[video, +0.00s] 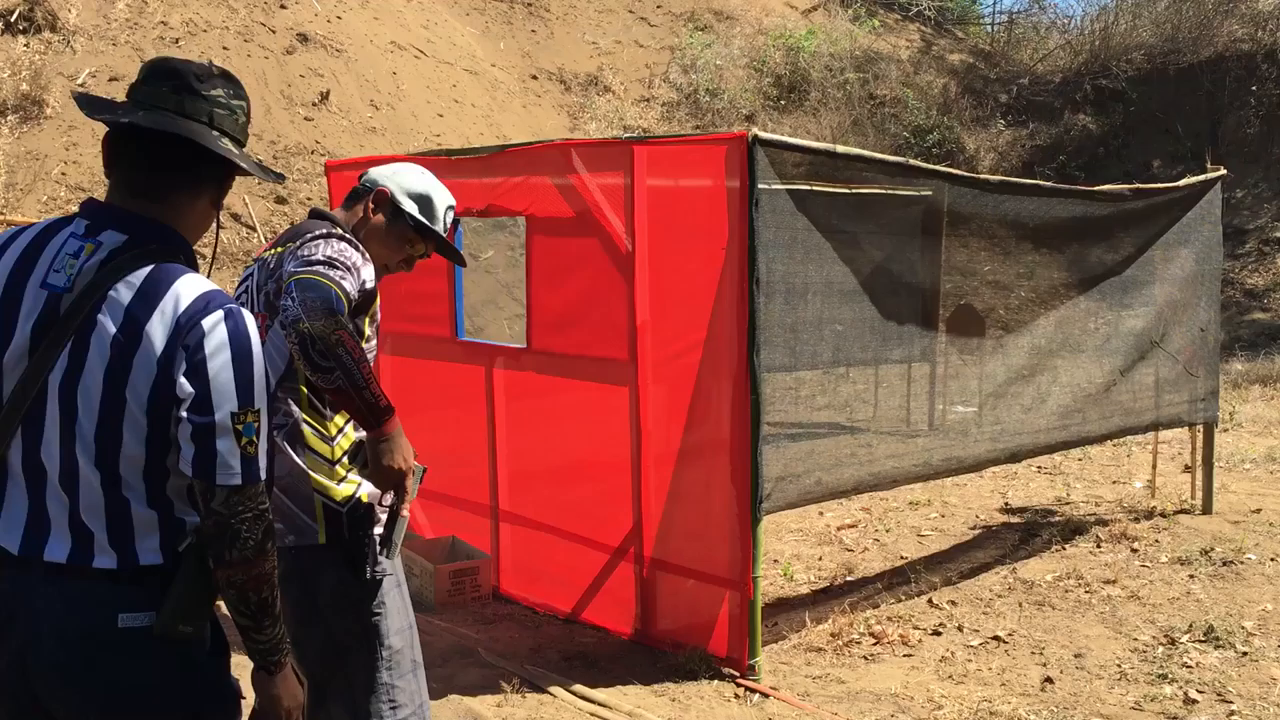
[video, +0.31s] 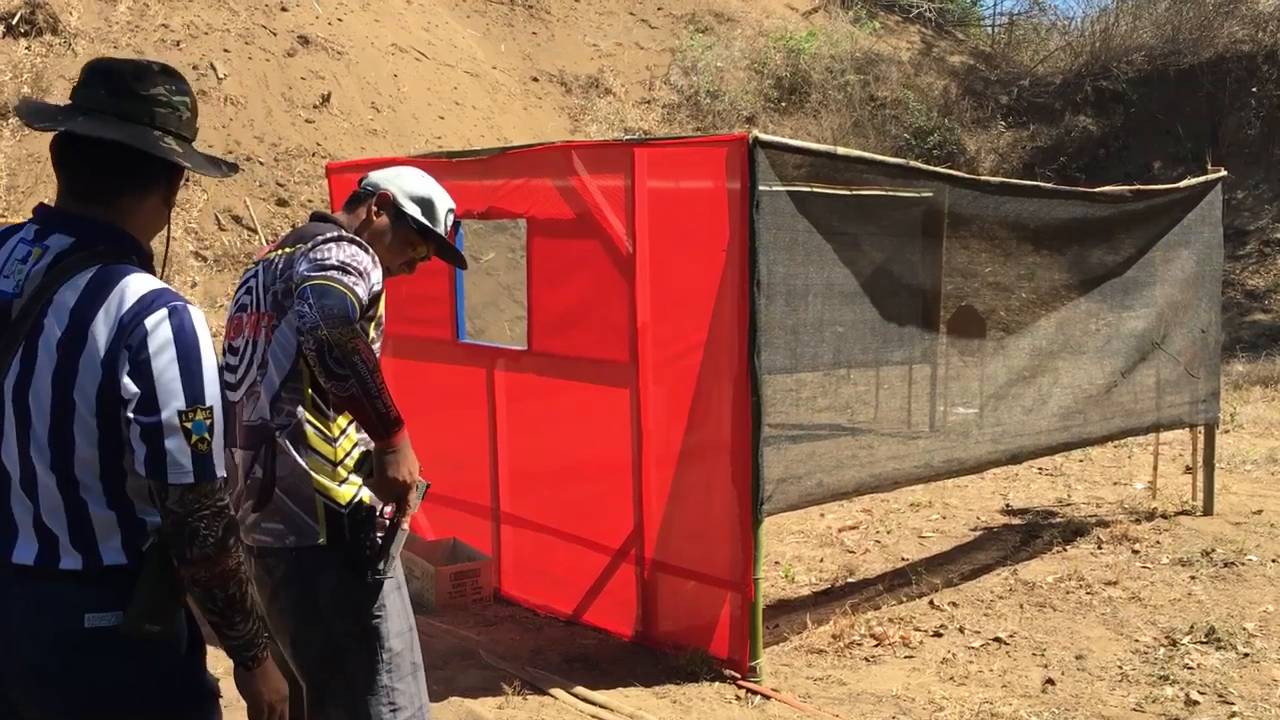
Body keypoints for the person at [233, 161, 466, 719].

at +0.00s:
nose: (413, 262)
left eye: (423, 253)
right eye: (413, 243)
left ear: (368, 208)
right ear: (375, 206)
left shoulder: (280, 258)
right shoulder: (335, 248)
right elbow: (313, 319)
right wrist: (385, 426)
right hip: (333, 525)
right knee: (383, 699)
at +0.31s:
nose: (413, 266)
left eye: (423, 256)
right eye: (414, 246)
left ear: (369, 212)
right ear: (377, 210)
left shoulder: (275, 260)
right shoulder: (345, 253)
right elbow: (326, 327)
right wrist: (394, 439)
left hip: (270, 533)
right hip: (327, 531)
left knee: (311, 700)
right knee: (383, 702)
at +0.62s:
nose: (413, 271)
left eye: (424, 262)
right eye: (415, 251)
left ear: (371, 217)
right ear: (379, 216)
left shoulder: (273, 268)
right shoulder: (350, 257)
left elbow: (259, 410)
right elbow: (333, 337)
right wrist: (395, 451)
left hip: (274, 541)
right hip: (332, 540)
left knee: (291, 703)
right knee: (382, 706)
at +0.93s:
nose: (420, 275)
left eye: (430, 266)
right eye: (419, 255)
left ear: (376, 224)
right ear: (384, 222)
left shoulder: (279, 272)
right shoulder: (352, 259)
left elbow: (257, 411)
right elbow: (328, 334)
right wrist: (389, 458)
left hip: (275, 545)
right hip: (332, 545)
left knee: (293, 706)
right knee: (382, 707)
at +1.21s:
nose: (424, 275)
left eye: (434, 266)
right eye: (423, 255)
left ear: (379, 223)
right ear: (387, 221)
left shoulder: (283, 269)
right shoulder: (356, 258)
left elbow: (261, 408)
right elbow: (336, 337)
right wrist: (395, 457)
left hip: (278, 543)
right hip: (333, 542)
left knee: (294, 706)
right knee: (385, 707)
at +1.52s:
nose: (424, 276)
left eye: (435, 268)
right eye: (426, 257)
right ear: (395, 219)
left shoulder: (281, 268)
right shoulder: (358, 252)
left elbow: (256, 407)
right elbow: (332, 326)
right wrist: (382, 451)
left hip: (278, 540)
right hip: (335, 539)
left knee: (293, 705)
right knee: (385, 707)